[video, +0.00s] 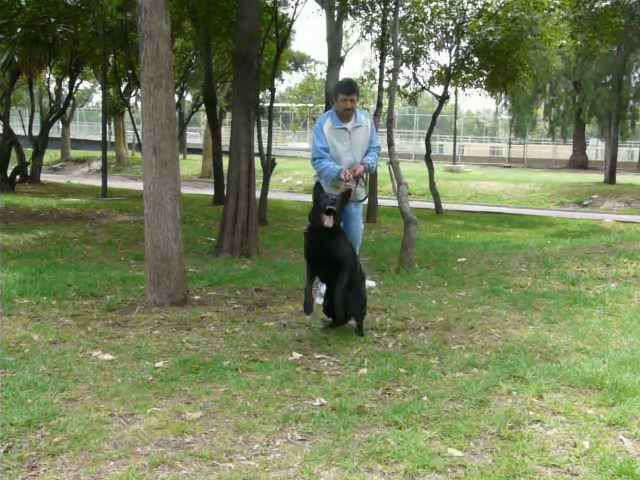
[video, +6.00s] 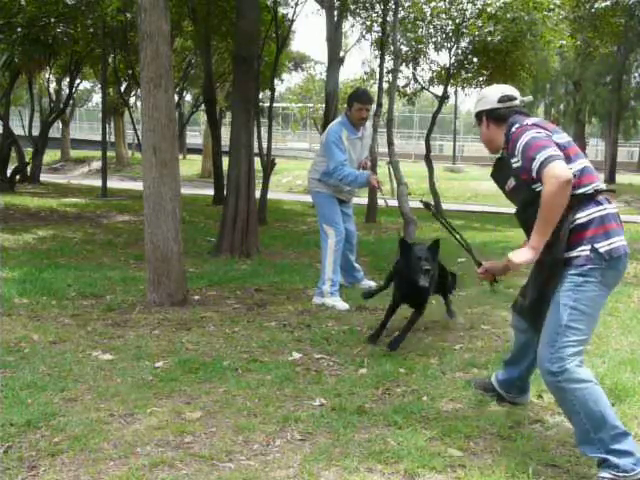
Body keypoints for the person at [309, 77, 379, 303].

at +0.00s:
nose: (349, 106)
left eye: (353, 101)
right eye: (344, 101)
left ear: (358, 101)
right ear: (335, 100)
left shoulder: (365, 120)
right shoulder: (323, 124)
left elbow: (374, 151)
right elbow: (319, 159)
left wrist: (364, 165)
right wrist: (339, 172)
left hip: (356, 192)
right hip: (329, 192)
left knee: (355, 239)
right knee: (327, 239)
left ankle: (351, 280)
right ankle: (322, 281)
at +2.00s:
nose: (361, 102)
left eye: (364, 97)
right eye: (357, 97)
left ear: (367, 98)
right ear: (346, 97)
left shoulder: (364, 120)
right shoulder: (336, 122)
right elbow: (340, 160)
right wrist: (369, 170)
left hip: (351, 183)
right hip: (330, 183)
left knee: (355, 232)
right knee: (337, 233)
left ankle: (352, 274)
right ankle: (329, 291)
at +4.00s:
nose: (355, 106)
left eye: (358, 102)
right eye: (350, 102)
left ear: (360, 102)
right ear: (339, 101)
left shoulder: (353, 124)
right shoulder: (329, 127)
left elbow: (349, 152)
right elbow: (330, 169)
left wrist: (356, 159)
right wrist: (356, 178)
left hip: (344, 188)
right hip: (326, 188)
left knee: (351, 234)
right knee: (335, 235)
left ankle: (350, 275)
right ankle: (326, 291)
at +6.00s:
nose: (364, 115)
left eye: (367, 110)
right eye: (360, 110)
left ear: (370, 110)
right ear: (349, 109)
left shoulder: (363, 130)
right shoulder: (335, 132)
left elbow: (358, 156)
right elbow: (337, 171)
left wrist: (364, 163)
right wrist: (366, 178)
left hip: (344, 189)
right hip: (324, 187)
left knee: (349, 233)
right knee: (335, 233)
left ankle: (352, 276)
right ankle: (327, 292)